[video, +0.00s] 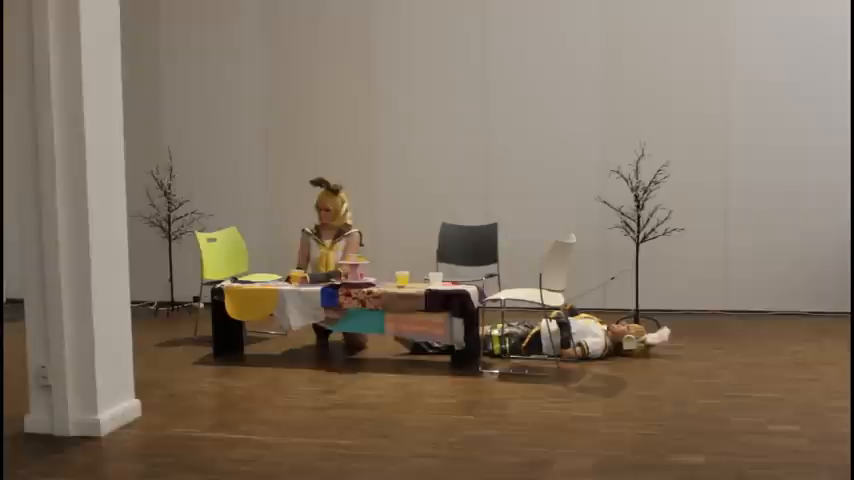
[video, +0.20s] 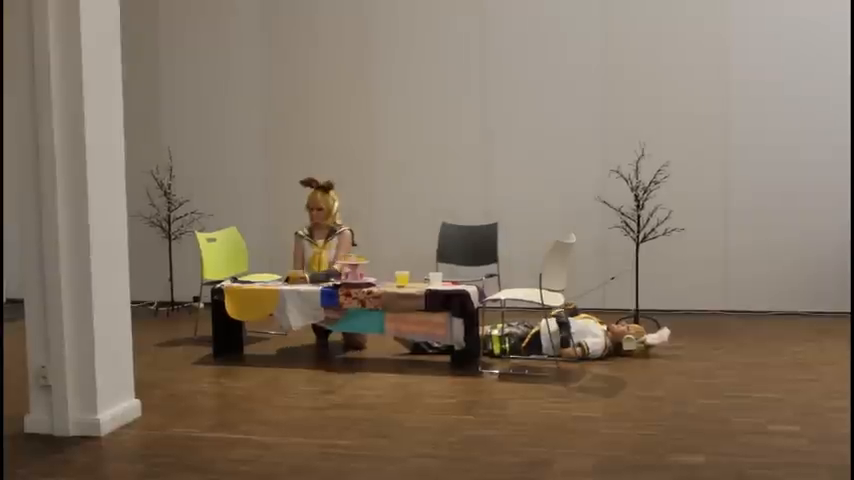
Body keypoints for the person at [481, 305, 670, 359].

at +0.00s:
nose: (621, 324)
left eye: (625, 328)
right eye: (625, 323)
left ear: (622, 338)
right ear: (620, 323)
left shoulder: (599, 344)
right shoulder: (598, 326)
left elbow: (566, 354)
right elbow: (572, 322)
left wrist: (564, 329)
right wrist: (566, 312)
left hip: (535, 342)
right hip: (534, 328)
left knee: (487, 345)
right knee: (484, 335)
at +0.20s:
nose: (622, 325)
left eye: (626, 329)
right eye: (626, 323)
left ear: (623, 339)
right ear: (620, 323)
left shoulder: (599, 344)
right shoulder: (598, 326)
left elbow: (566, 354)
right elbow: (572, 323)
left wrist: (564, 329)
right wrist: (568, 312)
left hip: (535, 342)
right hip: (533, 329)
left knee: (486, 345)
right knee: (483, 336)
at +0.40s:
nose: (620, 325)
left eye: (625, 329)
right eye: (625, 324)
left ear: (621, 340)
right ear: (619, 325)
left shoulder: (599, 345)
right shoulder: (597, 327)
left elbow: (565, 353)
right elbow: (569, 320)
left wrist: (563, 325)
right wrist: (561, 311)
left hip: (535, 342)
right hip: (533, 329)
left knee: (484, 344)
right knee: (481, 335)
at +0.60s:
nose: (620, 324)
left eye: (625, 328)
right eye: (625, 323)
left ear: (622, 338)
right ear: (620, 325)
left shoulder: (599, 343)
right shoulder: (597, 328)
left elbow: (566, 353)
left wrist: (562, 356)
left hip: (532, 340)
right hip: (531, 329)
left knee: (482, 339)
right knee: (481, 333)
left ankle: (431, 343)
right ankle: (431, 339)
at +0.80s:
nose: (619, 324)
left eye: (623, 328)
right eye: (623, 324)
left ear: (622, 339)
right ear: (619, 326)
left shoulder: (599, 345)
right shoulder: (598, 331)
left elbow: (568, 352)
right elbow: (568, 327)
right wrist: (556, 323)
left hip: (537, 342)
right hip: (535, 329)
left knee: (489, 343)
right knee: (487, 332)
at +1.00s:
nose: (620, 325)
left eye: (624, 328)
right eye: (624, 324)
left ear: (622, 338)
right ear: (620, 326)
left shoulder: (600, 345)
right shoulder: (598, 330)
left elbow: (569, 353)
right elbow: (567, 325)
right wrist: (551, 324)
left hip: (537, 343)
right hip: (535, 329)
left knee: (490, 345)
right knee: (487, 333)